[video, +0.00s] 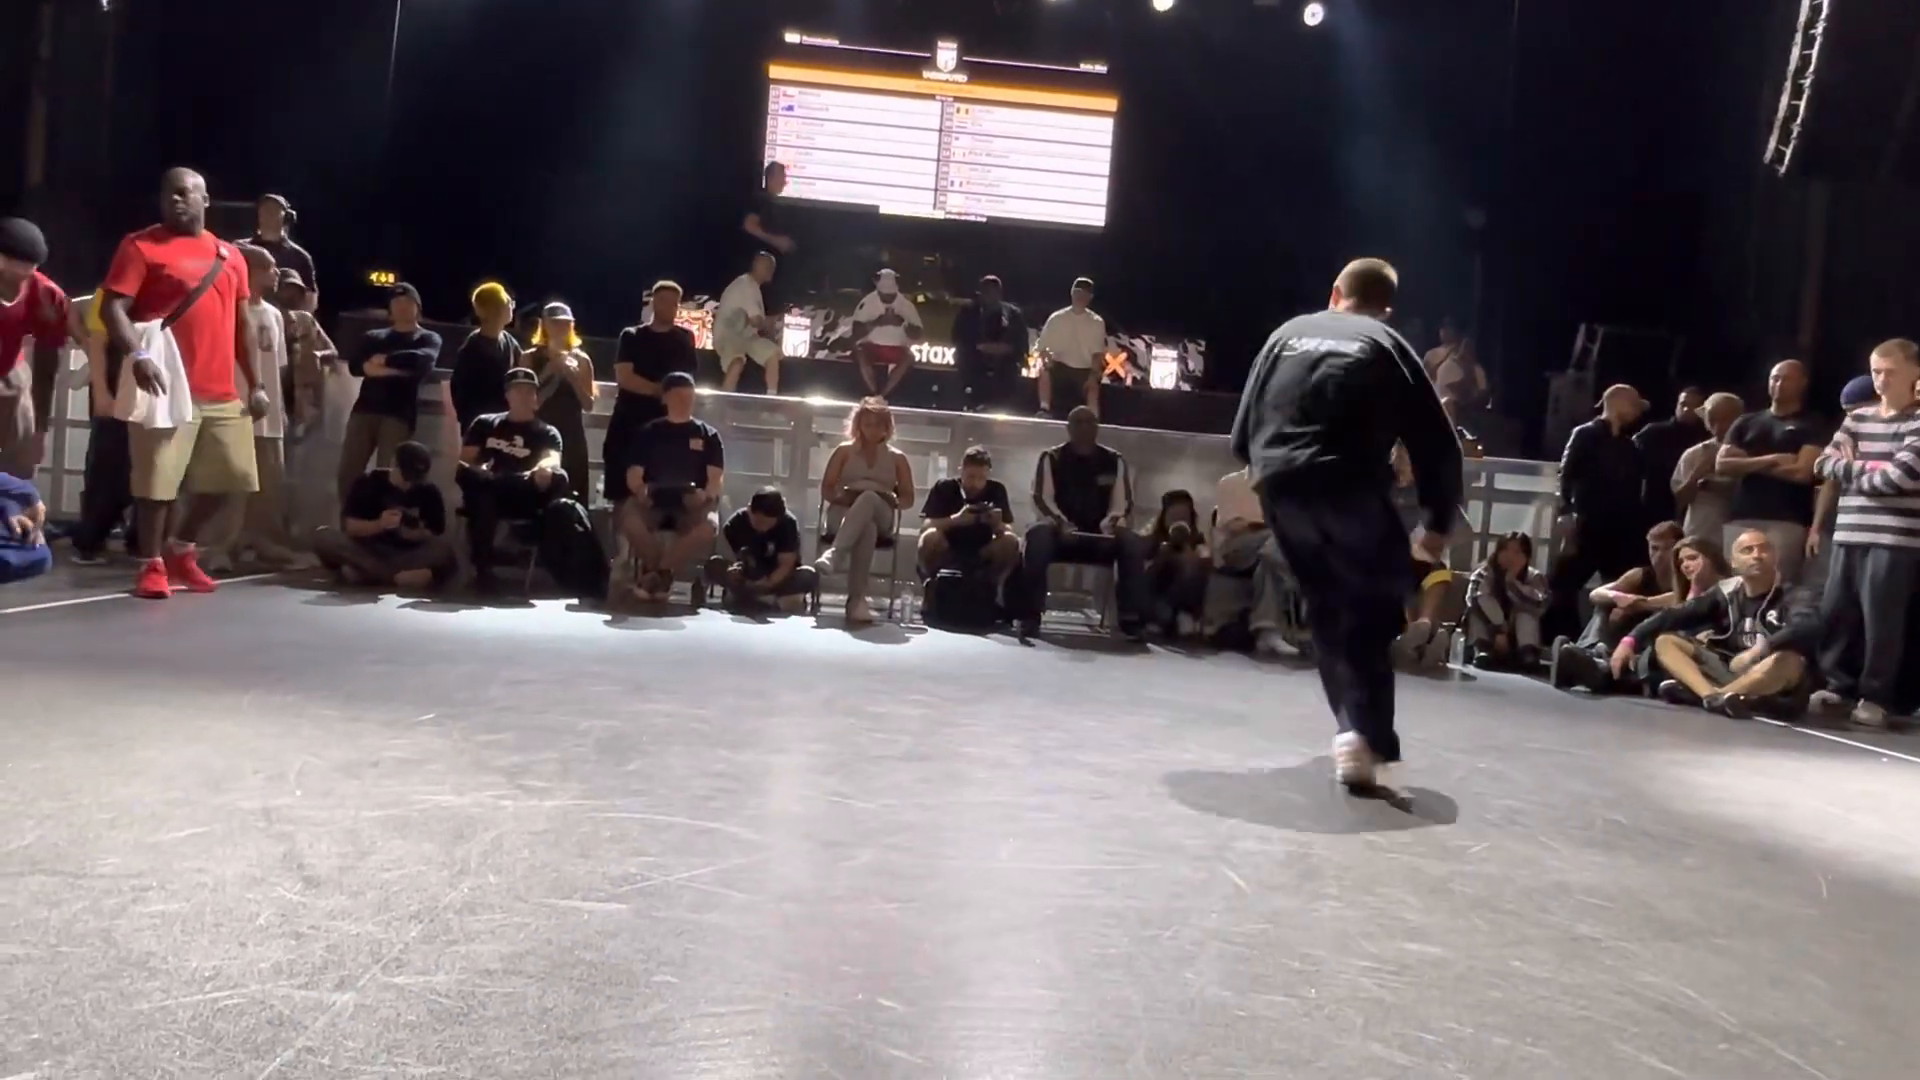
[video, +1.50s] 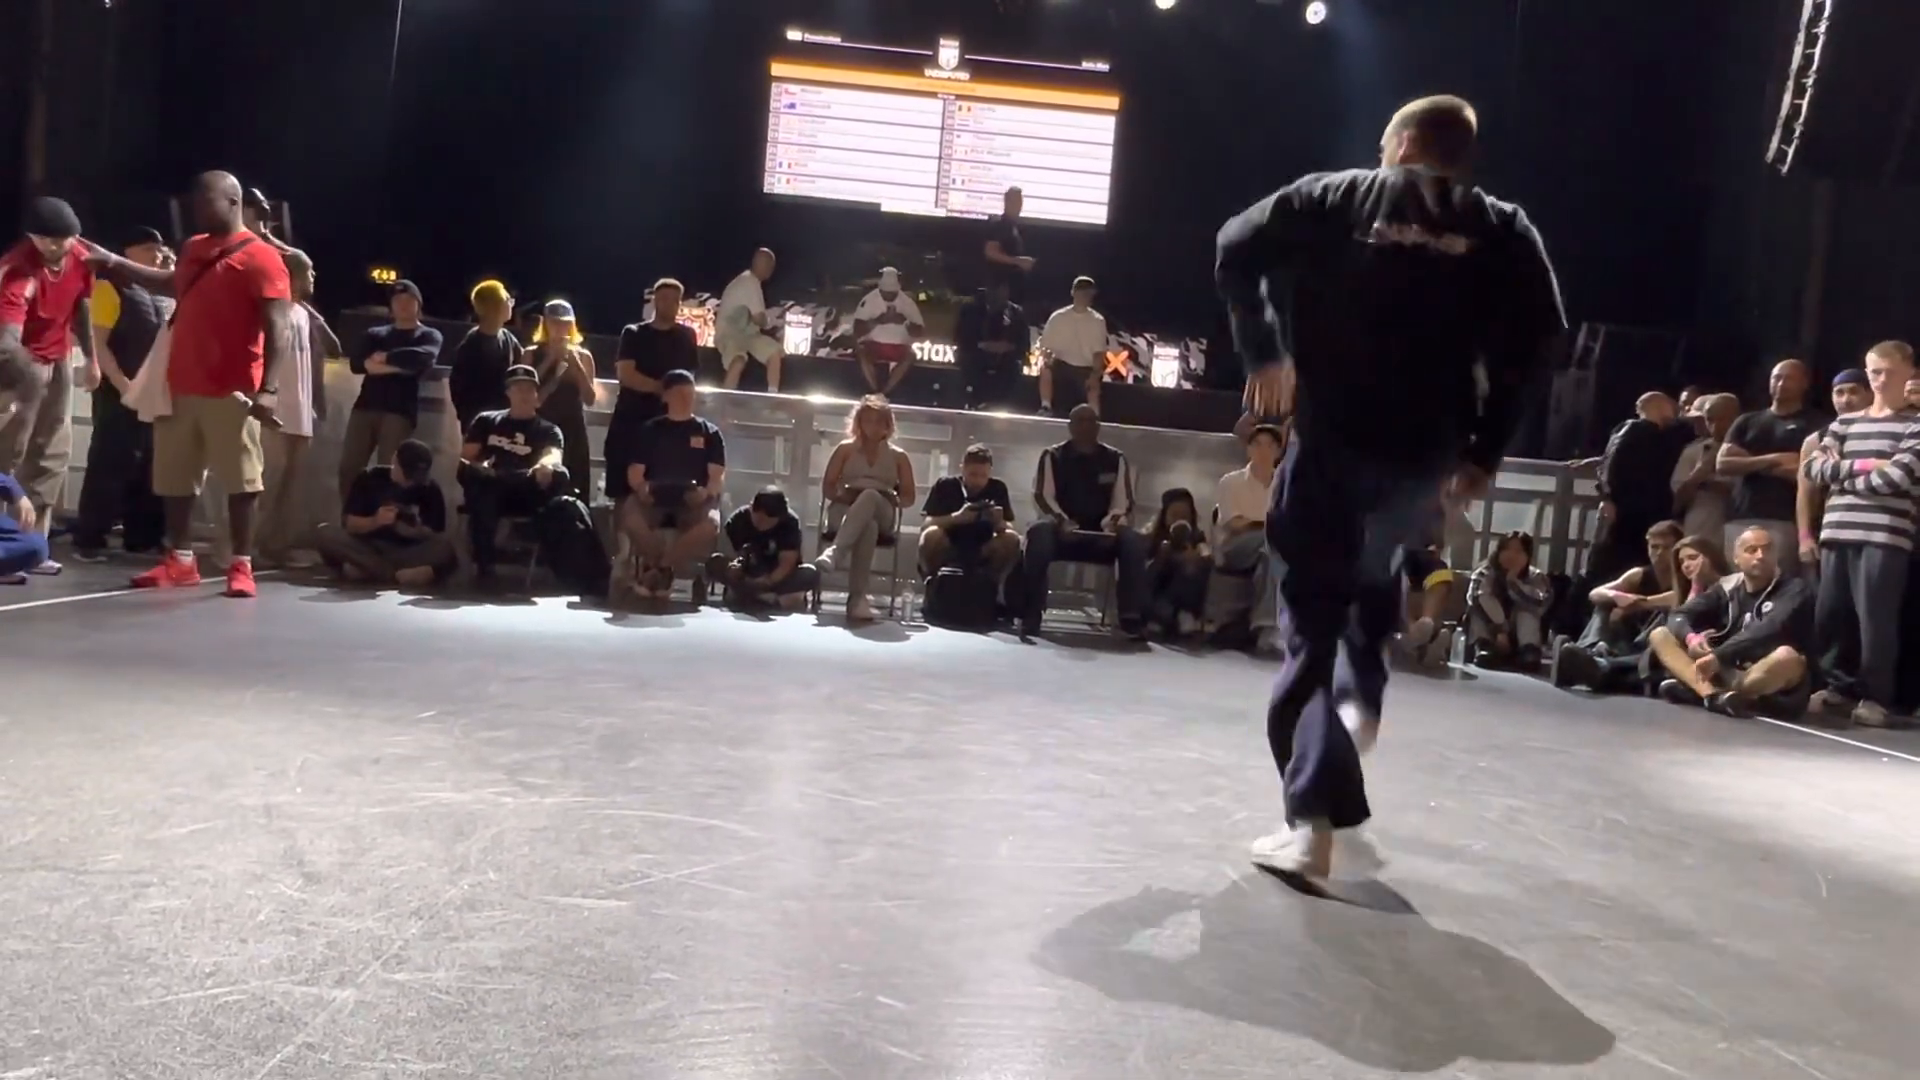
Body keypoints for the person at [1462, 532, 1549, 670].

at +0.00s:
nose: (1509, 557)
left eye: (1517, 553)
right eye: (1505, 551)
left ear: (1526, 558)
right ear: (1497, 553)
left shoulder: (1534, 577)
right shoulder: (1484, 573)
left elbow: (1540, 604)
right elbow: (1477, 599)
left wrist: (1512, 582)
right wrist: (1499, 629)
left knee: (1525, 612)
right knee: (1478, 609)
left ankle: (1529, 653)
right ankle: (1482, 650)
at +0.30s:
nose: (1510, 556)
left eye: (1518, 551)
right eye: (1506, 549)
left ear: (1527, 557)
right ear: (1499, 552)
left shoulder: (1536, 576)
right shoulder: (1484, 572)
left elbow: (1542, 602)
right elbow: (1478, 597)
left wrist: (1513, 581)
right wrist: (1500, 627)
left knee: (1526, 611)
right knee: (1480, 607)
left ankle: (1530, 650)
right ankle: (1483, 647)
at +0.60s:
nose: (1512, 556)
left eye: (1519, 551)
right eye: (1507, 549)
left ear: (1529, 557)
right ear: (1500, 552)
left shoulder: (1537, 576)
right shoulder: (1486, 572)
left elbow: (1542, 600)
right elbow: (1480, 597)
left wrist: (1515, 581)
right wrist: (1502, 627)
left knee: (1528, 609)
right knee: (1480, 607)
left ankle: (1531, 650)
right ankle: (1484, 647)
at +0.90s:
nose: (1511, 556)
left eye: (1518, 551)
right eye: (1506, 549)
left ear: (1528, 556)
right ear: (1499, 552)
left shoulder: (1537, 576)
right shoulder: (1484, 572)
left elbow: (1540, 601)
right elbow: (1479, 597)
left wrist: (1514, 581)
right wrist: (1501, 628)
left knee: (1527, 607)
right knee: (1480, 605)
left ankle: (1529, 648)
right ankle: (1482, 646)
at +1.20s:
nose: (1512, 557)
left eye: (1519, 552)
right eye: (1507, 550)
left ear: (1528, 557)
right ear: (1499, 553)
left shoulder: (1537, 577)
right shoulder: (1485, 573)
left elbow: (1541, 603)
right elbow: (1479, 597)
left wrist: (1514, 581)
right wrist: (1501, 628)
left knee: (1527, 610)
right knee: (1479, 607)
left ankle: (1530, 650)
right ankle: (1483, 647)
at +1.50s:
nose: (1511, 556)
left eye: (1518, 552)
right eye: (1506, 550)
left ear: (1528, 557)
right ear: (1498, 553)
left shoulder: (1536, 577)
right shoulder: (1484, 573)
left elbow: (1540, 602)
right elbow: (1478, 598)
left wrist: (1513, 582)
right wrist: (1500, 629)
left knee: (1526, 610)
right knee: (1479, 608)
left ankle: (1529, 649)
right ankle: (1483, 647)